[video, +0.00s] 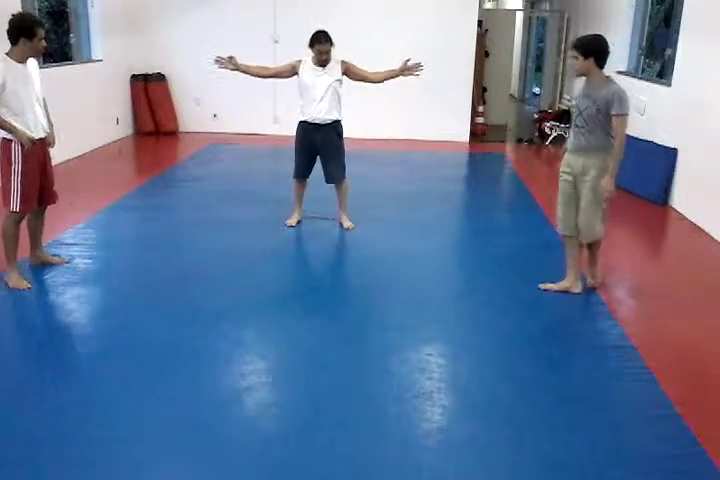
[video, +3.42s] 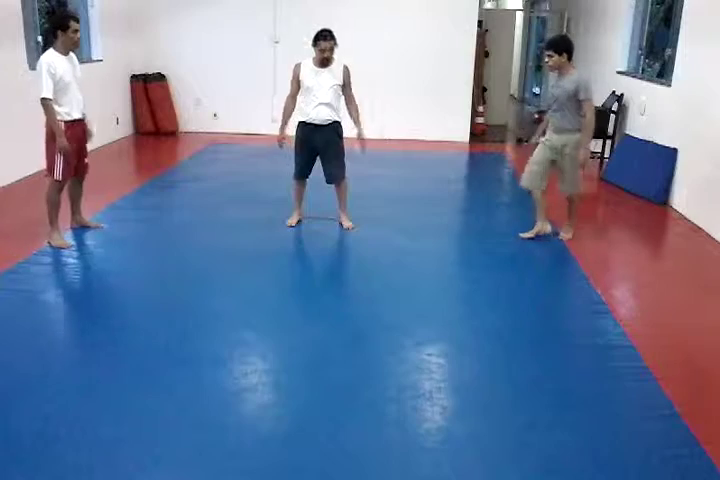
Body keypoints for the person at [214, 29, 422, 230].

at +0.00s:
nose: (322, 56)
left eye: (325, 52)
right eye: (318, 53)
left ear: (332, 48)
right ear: (311, 49)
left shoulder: (341, 66)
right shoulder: (300, 66)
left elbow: (371, 77)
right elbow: (268, 72)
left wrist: (399, 72)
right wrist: (238, 67)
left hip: (331, 129)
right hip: (306, 129)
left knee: (339, 176)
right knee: (300, 175)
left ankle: (343, 215)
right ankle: (297, 213)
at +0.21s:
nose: (322, 57)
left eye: (326, 53)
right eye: (319, 54)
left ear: (332, 51)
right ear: (311, 51)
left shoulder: (342, 68)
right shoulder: (300, 67)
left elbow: (367, 83)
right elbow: (273, 81)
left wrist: (388, 80)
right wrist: (246, 79)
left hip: (331, 129)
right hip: (306, 128)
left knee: (339, 175)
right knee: (300, 174)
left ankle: (343, 214)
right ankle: (297, 212)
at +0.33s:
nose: (323, 59)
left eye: (326, 55)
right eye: (318, 55)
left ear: (332, 51)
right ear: (311, 51)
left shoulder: (342, 69)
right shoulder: (301, 69)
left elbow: (357, 90)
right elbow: (281, 91)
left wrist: (372, 99)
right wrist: (259, 99)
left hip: (331, 129)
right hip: (306, 128)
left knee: (338, 176)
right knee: (300, 174)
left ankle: (343, 214)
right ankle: (297, 212)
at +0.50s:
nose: (322, 60)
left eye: (326, 56)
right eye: (318, 56)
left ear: (332, 52)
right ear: (311, 52)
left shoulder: (341, 70)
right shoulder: (301, 69)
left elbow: (349, 97)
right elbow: (291, 96)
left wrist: (355, 120)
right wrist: (279, 120)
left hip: (331, 129)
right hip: (306, 128)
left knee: (339, 176)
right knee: (300, 175)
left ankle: (343, 214)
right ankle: (297, 212)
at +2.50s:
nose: (323, 56)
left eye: (327, 51)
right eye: (319, 51)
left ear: (333, 49)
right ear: (312, 48)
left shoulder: (342, 71)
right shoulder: (301, 69)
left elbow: (347, 102)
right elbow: (293, 100)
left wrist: (351, 131)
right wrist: (288, 130)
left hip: (331, 129)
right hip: (305, 129)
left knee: (339, 177)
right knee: (300, 175)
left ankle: (343, 214)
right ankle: (297, 211)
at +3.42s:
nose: (327, 54)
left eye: (330, 49)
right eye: (323, 50)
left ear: (334, 48)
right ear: (315, 48)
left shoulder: (341, 70)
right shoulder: (301, 68)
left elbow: (350, 100)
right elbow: (292, 98)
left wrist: (359, 129)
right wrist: (282, 128)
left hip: (331, 128)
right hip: (306, 127)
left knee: (339, 176)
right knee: (300, 175)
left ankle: (343, 214)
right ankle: (297, 212)